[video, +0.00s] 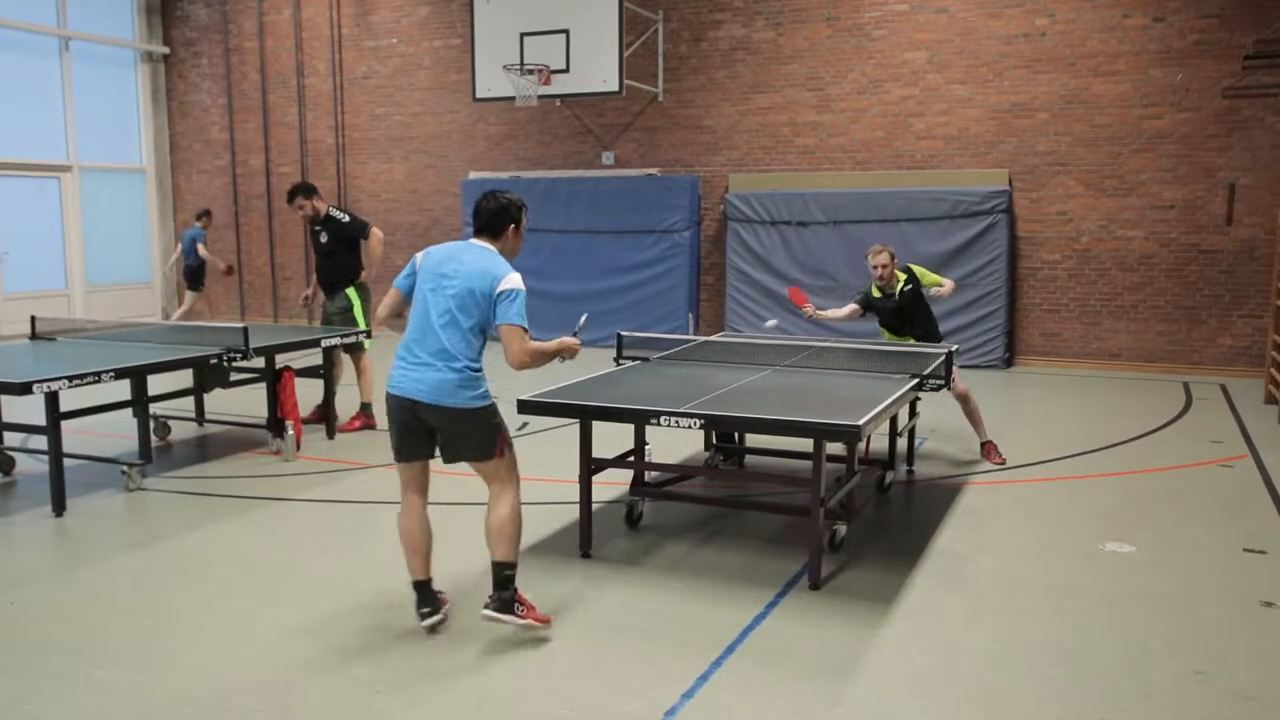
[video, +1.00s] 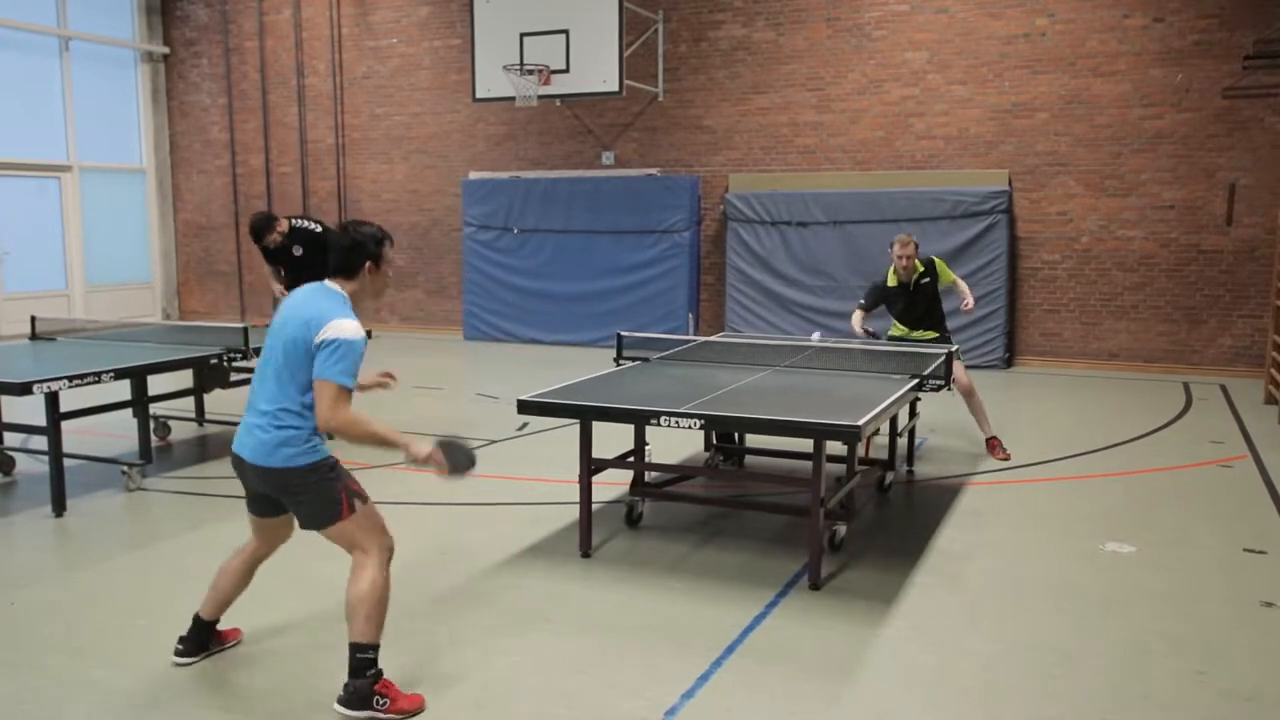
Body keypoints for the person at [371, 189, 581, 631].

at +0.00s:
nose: (523, 238)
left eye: (523, 230)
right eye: (523, 230)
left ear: (477, 226)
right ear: (511, 230)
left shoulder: (428, 256)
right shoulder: (504, 275)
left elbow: (385, 314)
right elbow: (519, 355)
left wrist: (426, 332)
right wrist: (558, 348)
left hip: (402, 392)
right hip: (458, 397)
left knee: (413, 491)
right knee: (503, 483)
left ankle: (424, 598)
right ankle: (504, 594)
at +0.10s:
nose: (515, 251)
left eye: (517, 243)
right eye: (517, 242)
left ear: (470, 233)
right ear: (506, 239)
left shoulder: (421, 267)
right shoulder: (496, 282)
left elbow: (384, 331)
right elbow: (514, 360)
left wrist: (429, 329)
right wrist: (547, 370)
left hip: (396, 404)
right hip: (453, 409)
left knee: (390, 501)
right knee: (495, 514)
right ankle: (510, 629)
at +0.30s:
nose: (475, 279)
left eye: (474, 273)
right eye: (474, 273)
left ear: (425, 272)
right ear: (466, 280)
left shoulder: (389, 295)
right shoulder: (468, 336)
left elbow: (413, 337)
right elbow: (515, 384)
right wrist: (543, 358)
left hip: (346, 444)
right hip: (402, 454)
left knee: (346, 519)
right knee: (470, 546)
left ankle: (282, 618)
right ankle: (502, 669)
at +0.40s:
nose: (431, 263)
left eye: (427, 257)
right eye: (428, 258)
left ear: (379, 258)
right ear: (420, 265)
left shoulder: (348, 279)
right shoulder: (429, 321)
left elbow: (389, 308)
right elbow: (484, 354)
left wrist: (424, 291)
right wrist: (536, 354)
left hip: (297, 434)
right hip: (357, 449)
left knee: (288, 512)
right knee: (418, 546)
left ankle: (222, 606)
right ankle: (475, 654)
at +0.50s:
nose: (382, 267)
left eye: (379, 261)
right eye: (377, 262)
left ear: (327, 266)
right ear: (366, 271)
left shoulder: (296, 294)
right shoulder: (376, 331)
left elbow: (337, 315)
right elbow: (431, 387)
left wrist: (369, 298)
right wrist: (485, 374)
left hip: (264, 451)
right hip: (321, 464)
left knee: (240, 532)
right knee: (392, 544)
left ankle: (169, 620)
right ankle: (377, 657)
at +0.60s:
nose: (354, 275)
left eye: (352, 267)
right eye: (352, 268)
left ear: (295, 268)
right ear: (341, 275)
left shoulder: (263, 306)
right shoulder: (346, 341)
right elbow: (397, 411)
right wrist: (449, 387)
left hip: (243, 460)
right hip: (299, 472)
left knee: (241, 532)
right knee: (365, 550)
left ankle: (169, 620)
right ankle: (339, 658)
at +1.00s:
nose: (389, 277)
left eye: (389, 267)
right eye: (387, 268)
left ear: (340, 266)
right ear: (367, 269)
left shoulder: (300, 297)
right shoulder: (342, 324)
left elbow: (291, 373)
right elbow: (332, 417)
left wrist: (355, 382)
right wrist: (404, 442)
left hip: (251, 449)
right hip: (295, 457)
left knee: (267, 536)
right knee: (374, 548)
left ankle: (196, 635)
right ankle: (363, 683)